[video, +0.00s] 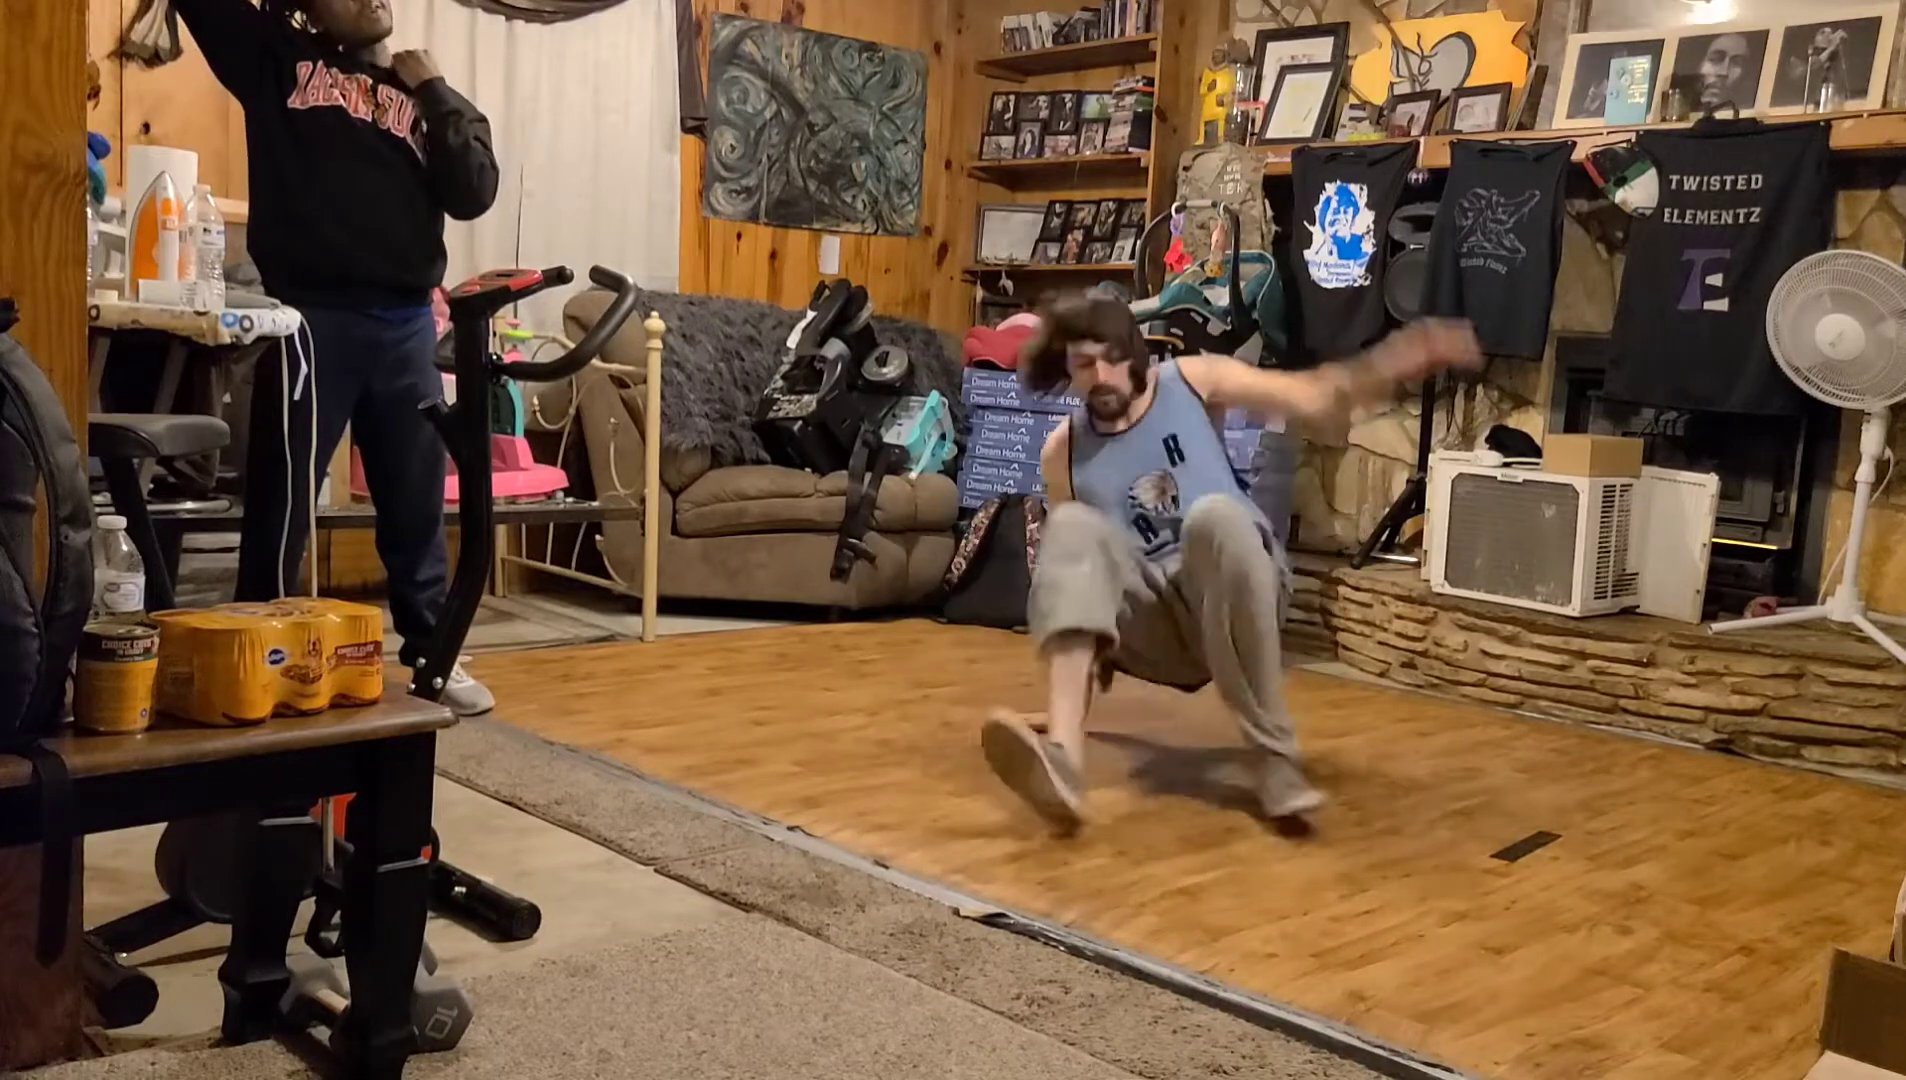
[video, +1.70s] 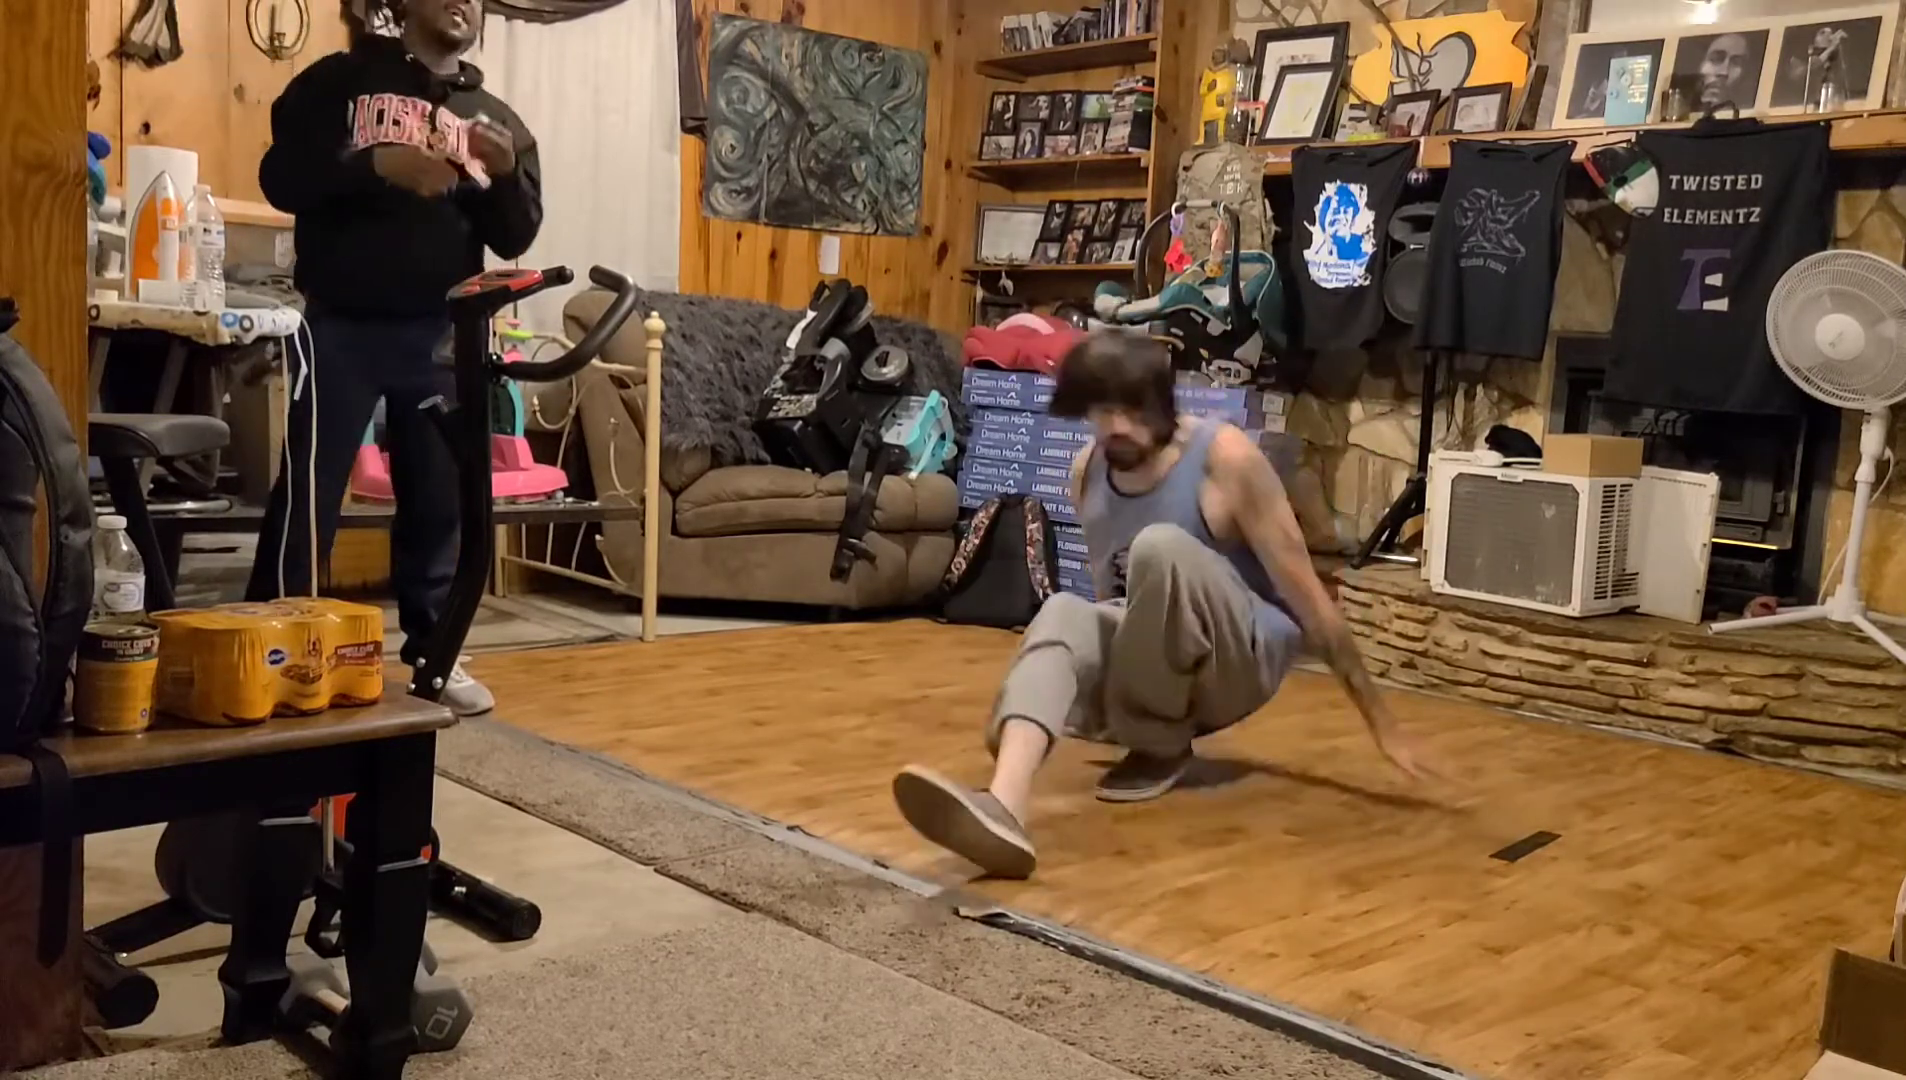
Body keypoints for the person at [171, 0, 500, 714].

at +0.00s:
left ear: (383, 10)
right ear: (308, 9)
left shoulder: (417, 94)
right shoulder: (275, 57)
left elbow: (472, 196)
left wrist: (435, 93)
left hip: (405, 325)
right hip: (308, 320)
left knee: (415, 503)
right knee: (282, 502)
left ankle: (433, 657)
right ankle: (258, 662)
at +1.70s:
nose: (466, 7)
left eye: (473, 1)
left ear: (478, 17)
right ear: (403, 3)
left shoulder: (490, 116)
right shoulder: (335, 83)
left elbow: (515, 235)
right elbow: (282, 180)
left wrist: (500, 176)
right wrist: (375, 162)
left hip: (441, 333)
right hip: (343, 328)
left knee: (440, 503)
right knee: (310, 496)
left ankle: (433, 660)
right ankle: (267, 655)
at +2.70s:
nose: (409, 1)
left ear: (468, 12)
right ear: (393, 7)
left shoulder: (501, 118)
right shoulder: (341, 91)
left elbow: (519, 237)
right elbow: (302, 180)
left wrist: (446, 276)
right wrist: (302, 205)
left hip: (446, 336)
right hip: (350, 329)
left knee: (448, 502)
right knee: (332, 495)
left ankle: (435, 663)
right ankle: (311, 658)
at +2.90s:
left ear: (417, 7)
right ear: (334, 5)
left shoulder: (456, 112)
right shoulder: (293, 93)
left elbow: (472, 245)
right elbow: (274, 197)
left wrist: (424, 333)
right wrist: (217, 214)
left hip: (416, 334)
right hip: (317, 329)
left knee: (433, 497)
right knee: (314, 494)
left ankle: (433, 657)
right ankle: (305, 654)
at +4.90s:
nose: (258, 17)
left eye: (278, 4)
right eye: (249, 3)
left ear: (320, 11)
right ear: (236, 8)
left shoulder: (373, 97)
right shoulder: (206, 97)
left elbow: (406, 226)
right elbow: (177, 215)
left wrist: (357, 322)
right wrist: (208, 316)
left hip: (376, 309)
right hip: (275, 314)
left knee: (409, 482)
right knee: (292, 488)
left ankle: (442, 653)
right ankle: (298, 650)